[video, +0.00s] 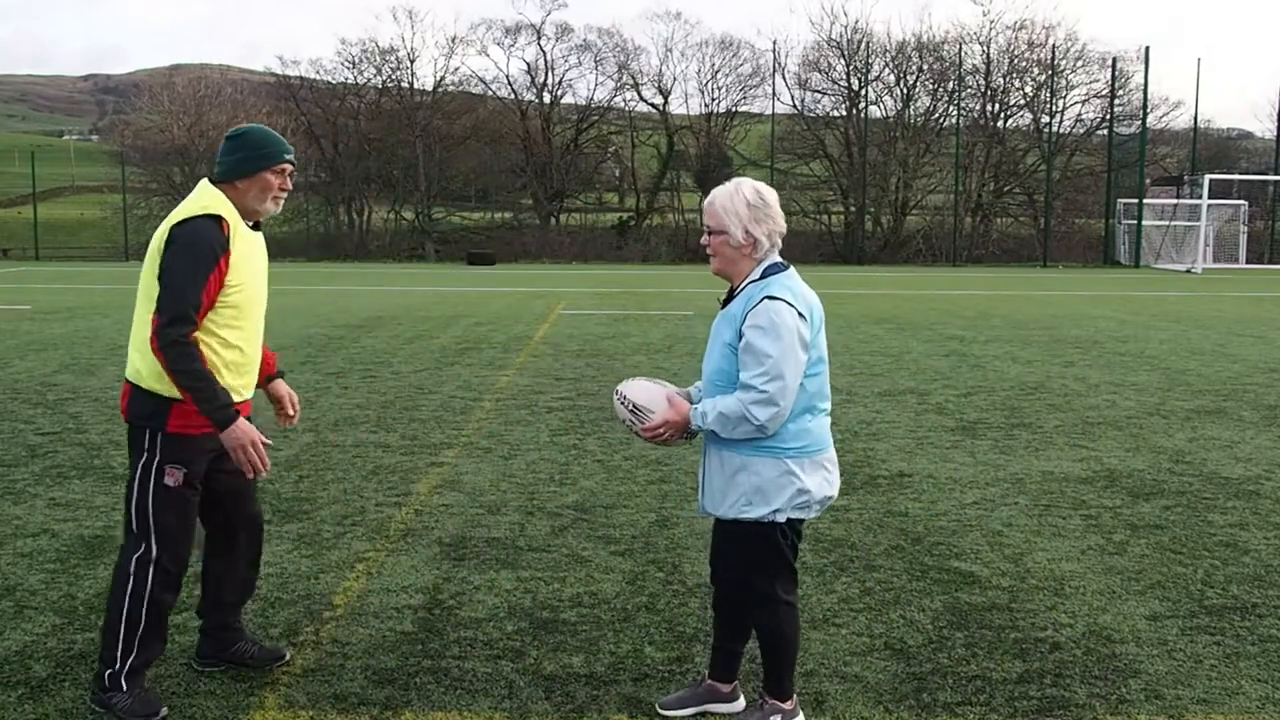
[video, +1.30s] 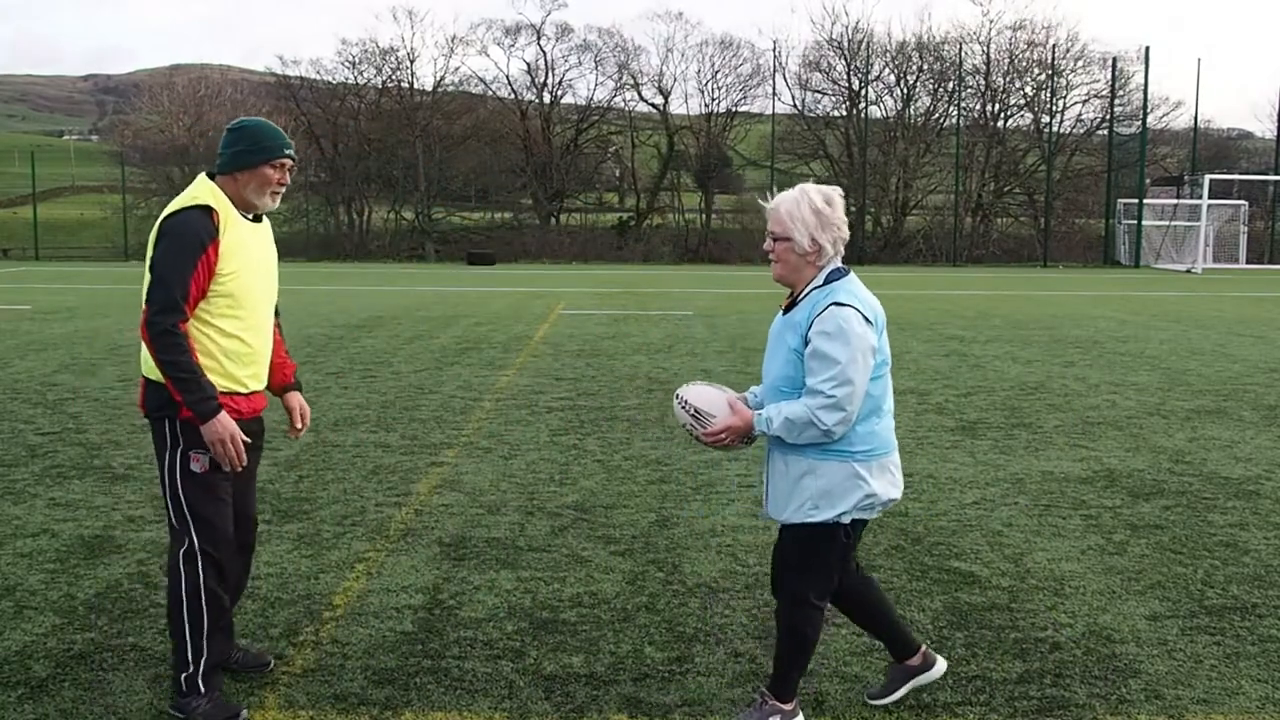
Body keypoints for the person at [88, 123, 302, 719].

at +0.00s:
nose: (285, 186)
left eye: (288, 177)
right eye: (275, 174)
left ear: (271, 181)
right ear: (238, 173)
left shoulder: (244, 228)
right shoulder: (201, 227)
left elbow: (237, 317)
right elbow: (172, 333)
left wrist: (270, 375)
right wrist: (226, 418)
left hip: (221, 413)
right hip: (170, 412)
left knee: (238, 526)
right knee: (155, 551)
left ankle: (222, 638)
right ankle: (118, 682)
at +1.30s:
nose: (285, 179)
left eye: (288, 169)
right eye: (276, 168)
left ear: (272, 172)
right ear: (239, 166)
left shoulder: (256, 223)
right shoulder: (193, 220)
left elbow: (260, 311)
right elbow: (162, 323)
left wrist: (286, 384)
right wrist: (207, 413)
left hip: (240, 409)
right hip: (189, 413)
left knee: (235, 538)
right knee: (201, 549)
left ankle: (216, 644)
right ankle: (193, 692)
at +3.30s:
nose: (304, 176)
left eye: (306, 165)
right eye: (295, 165)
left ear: (280, 168)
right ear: (254, 164)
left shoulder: (271, 222)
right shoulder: (212, 224)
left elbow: (276, 320)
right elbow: (201, 337)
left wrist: (304, 390)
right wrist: (244, 430)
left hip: (272, 416)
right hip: (215, 422)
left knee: (276, 549)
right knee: (217, 557)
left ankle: (268, 665)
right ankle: (210, 679)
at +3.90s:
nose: (387, 187)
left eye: (389, 176)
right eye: (378, 175)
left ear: (354, 182)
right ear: (339, 177)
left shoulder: (347, 231)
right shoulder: (290, 232)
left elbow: (348, 325)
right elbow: (264, 342)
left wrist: (370, 402)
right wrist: (296, 444)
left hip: (322, 422)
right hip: (272, 425)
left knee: (311, 553)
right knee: (292, 560)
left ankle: (274, 663)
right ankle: (248, 678)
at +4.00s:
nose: (404, 199)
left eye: (406, 187)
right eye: (395, 187)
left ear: (367, 192)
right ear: (356, 188)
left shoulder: (365, 240)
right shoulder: (307, 245)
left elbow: (375, 331)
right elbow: (284, 359)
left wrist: (401, 408)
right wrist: (325, 456)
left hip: (351, 430)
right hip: (291, 436)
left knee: (378, 540)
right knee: (304, 572)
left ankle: (293, 643)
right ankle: (248, 686)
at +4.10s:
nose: (432, 212)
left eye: (434, 200)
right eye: (424, 200)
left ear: (389, 204)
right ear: (385, 201)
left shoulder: (387, 250)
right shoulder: (339, 259)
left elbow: (406, 341)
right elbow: (328, 377)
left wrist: (443, 413)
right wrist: (377, 469)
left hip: (377, 433)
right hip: (320, 442)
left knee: (438, 529)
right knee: (312, 584)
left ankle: (377, 651)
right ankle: (253, 687)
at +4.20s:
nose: (473, 214)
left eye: (474, 202)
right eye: (464, 202)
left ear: (429, 207)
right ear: (427, 203)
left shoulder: (423, 259)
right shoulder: (386, 259)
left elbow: (451, 346)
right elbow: (394, 375)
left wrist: (500, 412)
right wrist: (453, 460)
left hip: (403, 437)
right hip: (353, 441)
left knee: (473, 526)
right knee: (334, 577)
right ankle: (257, 682)